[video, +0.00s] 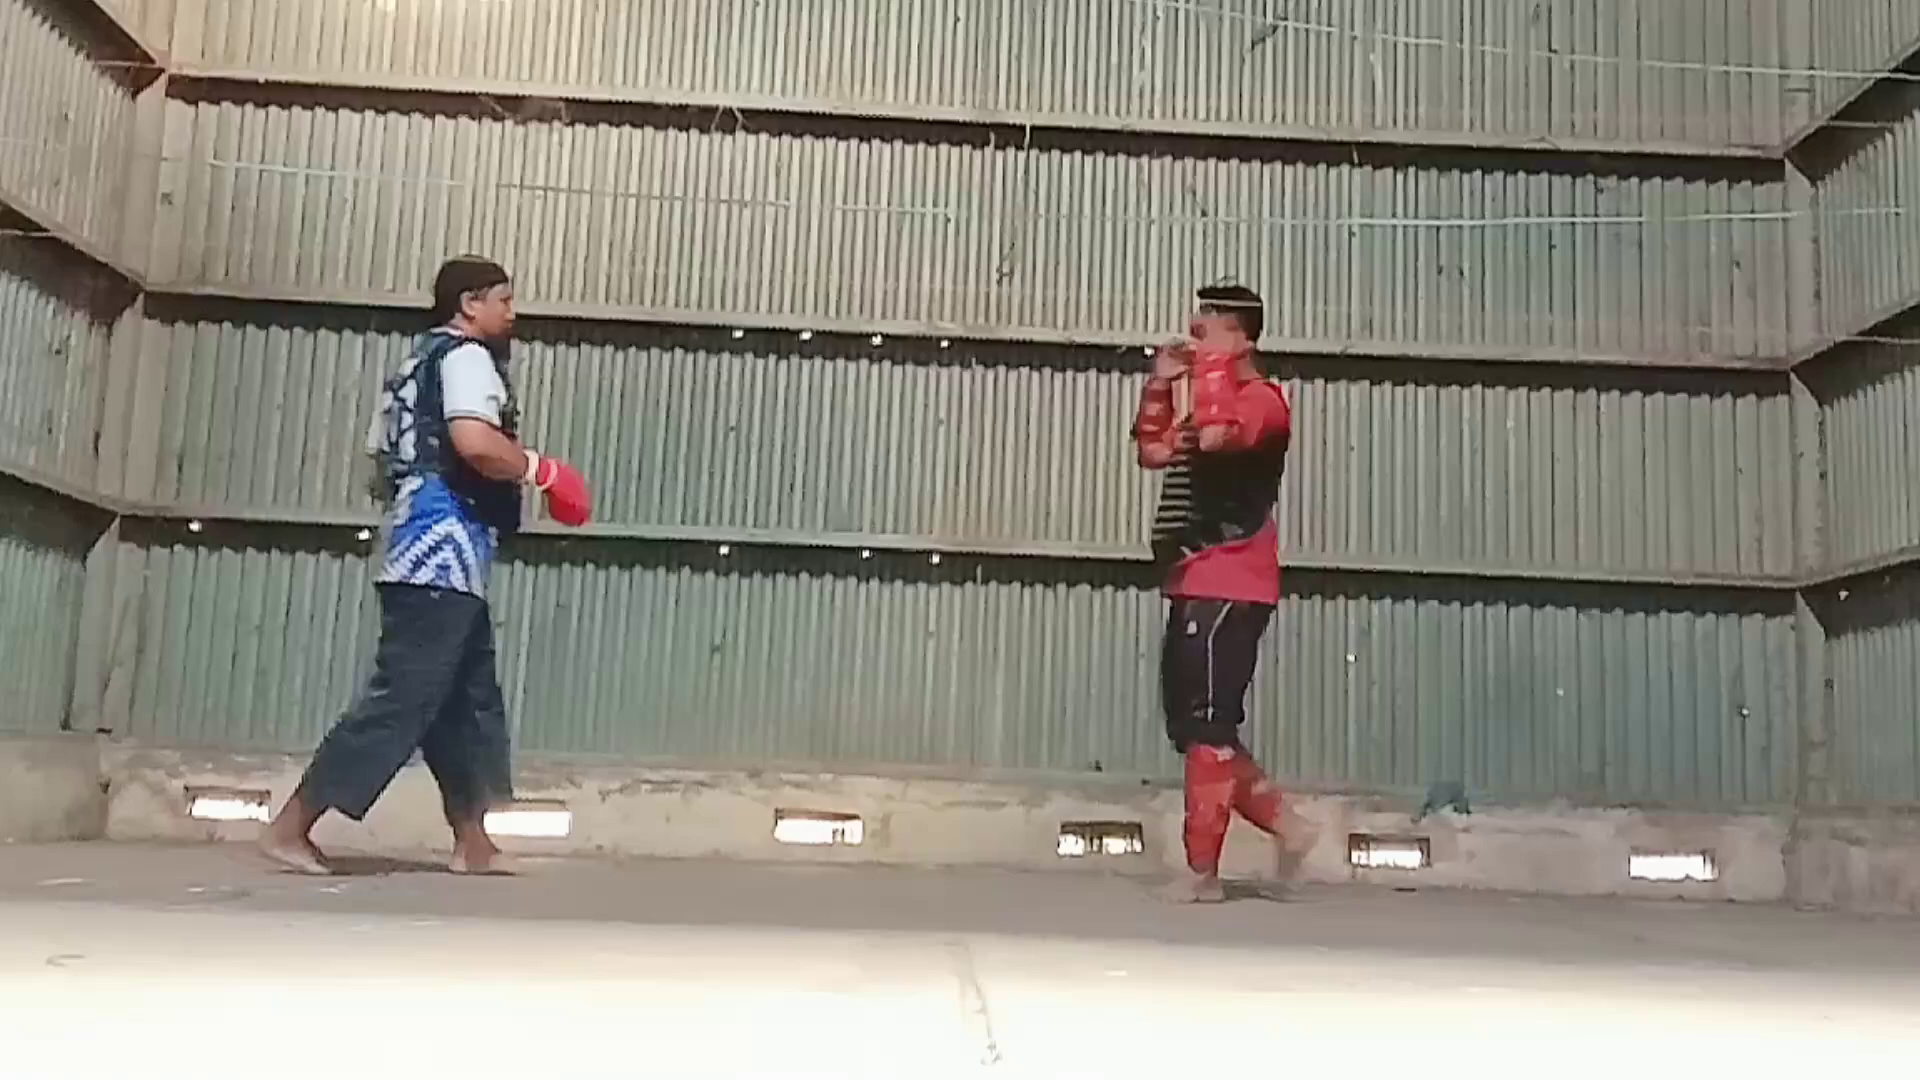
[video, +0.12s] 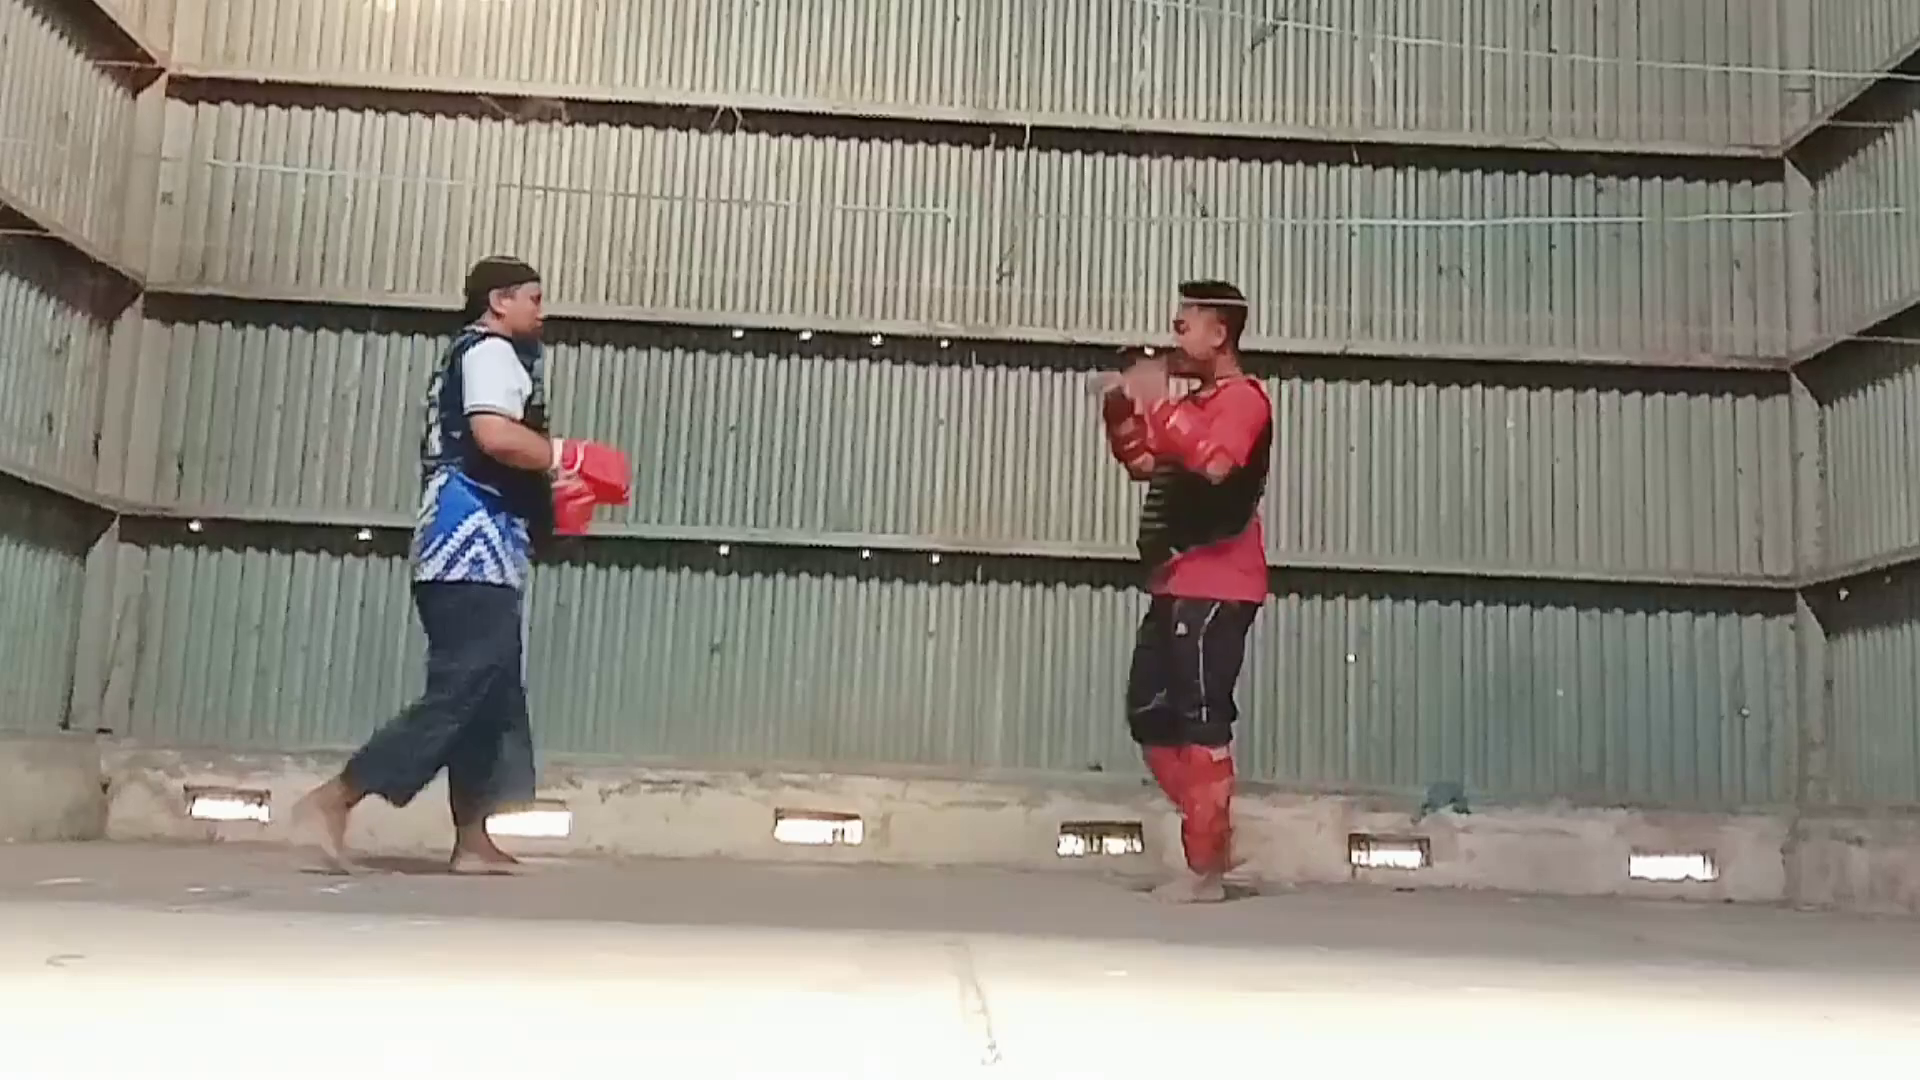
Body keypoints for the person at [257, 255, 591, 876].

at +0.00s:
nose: (514, 311)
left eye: (512, 300)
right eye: (505, 301)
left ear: (460, 309)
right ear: (470, 307)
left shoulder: (420, 363)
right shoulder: (467, 356)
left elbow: (389, 461)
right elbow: (474, 441)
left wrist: (488, 475)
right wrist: (543, 470)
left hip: (429, 561)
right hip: (439, 563)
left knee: (462, 703)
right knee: (403, 700)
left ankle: (473, 845)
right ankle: (289, 827)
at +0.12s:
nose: (543, 309)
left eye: (542, 299)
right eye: (534, 299)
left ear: (498, 305)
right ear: (499, 303)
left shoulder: (480, 356)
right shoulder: (493, 352)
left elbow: (482, 460)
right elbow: (494, 434)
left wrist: (551, 502)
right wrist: (566, 456)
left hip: (476, 550)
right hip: (470, 550)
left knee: (484, 694)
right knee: (464, 690)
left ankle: (473, 840)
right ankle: (332, 800)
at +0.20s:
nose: (572, 309)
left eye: (571, 299)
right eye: (563, 298)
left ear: (531, 304)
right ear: (526, 302)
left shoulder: (534, 361)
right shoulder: (509, 351)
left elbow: (534, 456)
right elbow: (516, 429)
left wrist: (604, 469)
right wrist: (599, 438)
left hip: (506, 541)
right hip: (499, 542)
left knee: (492, 686)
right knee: (529, 680)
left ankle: (473, 836)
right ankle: (425, 787)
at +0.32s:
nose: (598, 314)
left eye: (599, 304)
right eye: (590, 302)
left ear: (560, 306)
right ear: (552, 302)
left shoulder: (561, 369)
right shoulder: (528, 356)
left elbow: (573, 473)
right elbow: (540, 431)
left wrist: (648, 455)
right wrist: (626, 419)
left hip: (516, 549)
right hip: (525, 548)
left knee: (504, 689)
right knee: (572, 675)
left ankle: (472, 843)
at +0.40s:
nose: (613, 318)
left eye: (615, 309)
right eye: (605, 306)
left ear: (579, 311)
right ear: (566, 306)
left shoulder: (583, 376)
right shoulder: (542, 362)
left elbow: (601, 465)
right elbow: (558, 432)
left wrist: (675, 448)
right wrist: (643, 412)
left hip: (548, 551)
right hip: (541, 552)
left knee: (519, 693)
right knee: (585, 682)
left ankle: (473, 843)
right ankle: (586, 843)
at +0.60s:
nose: (665, 330)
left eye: (665, 319)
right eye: (655, 318)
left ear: (630, 322)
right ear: (618, 319)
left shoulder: (632, 386)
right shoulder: (597, 376)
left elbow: (685, 449)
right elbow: (644, 428)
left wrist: (750, 422)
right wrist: (723, 403)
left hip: (614, 564)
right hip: (606, 568)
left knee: (563, 702)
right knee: (644, 705)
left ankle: (480, 830)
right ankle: (681, 851)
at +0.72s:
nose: (703, 321)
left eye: (703, 310)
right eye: (694, 310)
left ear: (665, 313)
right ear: (660, 310)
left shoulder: (666, 368)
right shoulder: (645, 362)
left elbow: (708, 433)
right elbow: (719, 402)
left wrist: (779, 437)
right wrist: (806, 393)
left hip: (644, 557)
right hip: (650, 560)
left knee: (611, 698)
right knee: (672, 697)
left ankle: (509, 813)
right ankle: (685, 854)